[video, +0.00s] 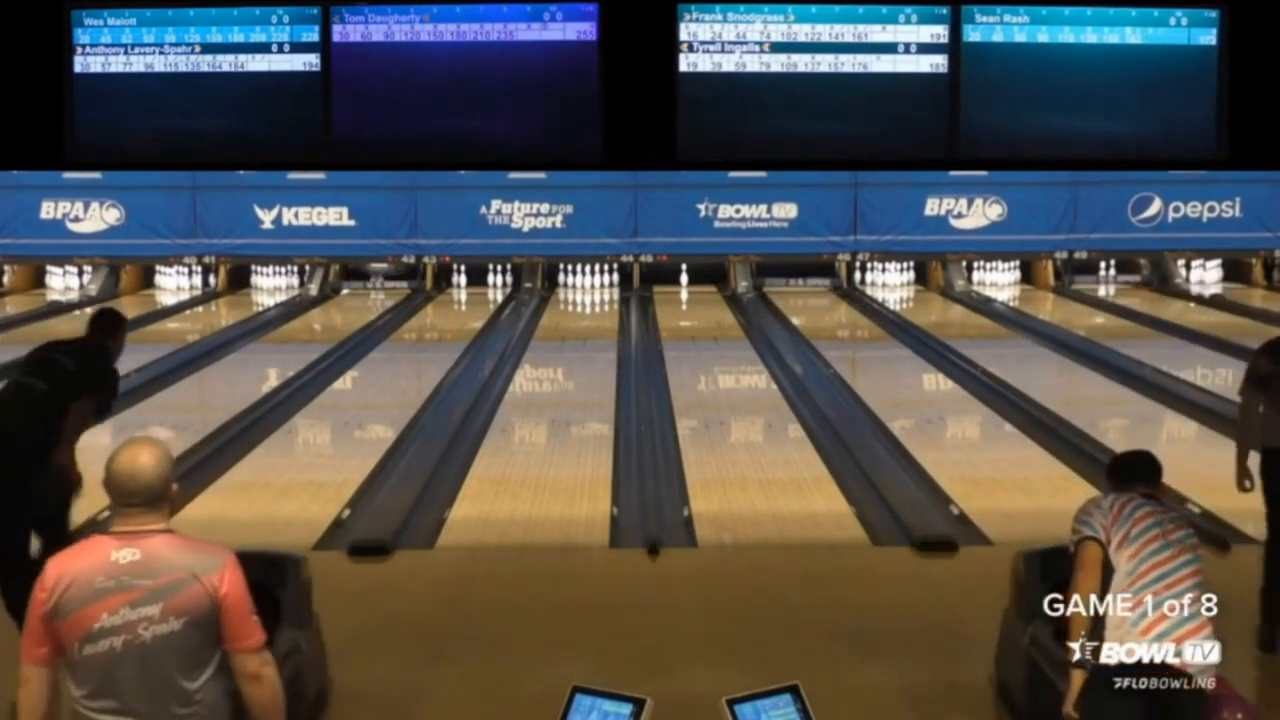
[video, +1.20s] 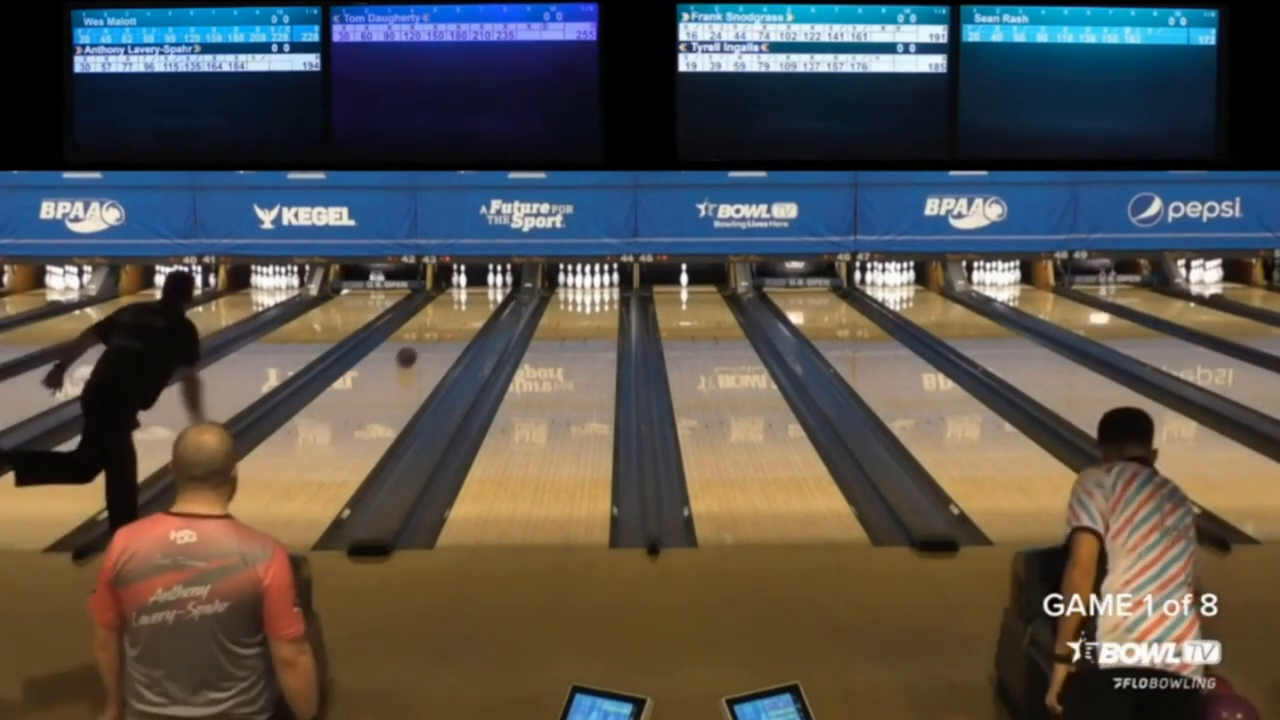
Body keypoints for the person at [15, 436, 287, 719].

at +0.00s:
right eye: (176, 484)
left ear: (106, 491)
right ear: (174, 493)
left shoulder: (58, 572)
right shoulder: (217, 565)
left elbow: (33, 683)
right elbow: (256, 673)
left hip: (95, 713)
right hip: (196, 711)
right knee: (296, 643)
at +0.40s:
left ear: (127, 478)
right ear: (191, 482)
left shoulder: (80, 561)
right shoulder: (230, 562)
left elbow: (68, 661)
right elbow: (263, 667)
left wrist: (89, 710)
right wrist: (283, 715)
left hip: (112, 712)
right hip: (206, 712)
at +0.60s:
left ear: (160, 478)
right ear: (219, 484)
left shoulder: (110, 556)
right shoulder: (258, 560)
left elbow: (86, 660)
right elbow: (286, 662)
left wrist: (87, 716)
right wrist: (304, 715)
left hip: (142, 712)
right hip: (235, 711)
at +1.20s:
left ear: (174, 471)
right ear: (232, 474)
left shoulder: (125, 544)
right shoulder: (265, 555)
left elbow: (106, 640)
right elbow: (291, 657)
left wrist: (113, 703)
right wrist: (307, 713)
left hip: (148, 710)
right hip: (237, 711)